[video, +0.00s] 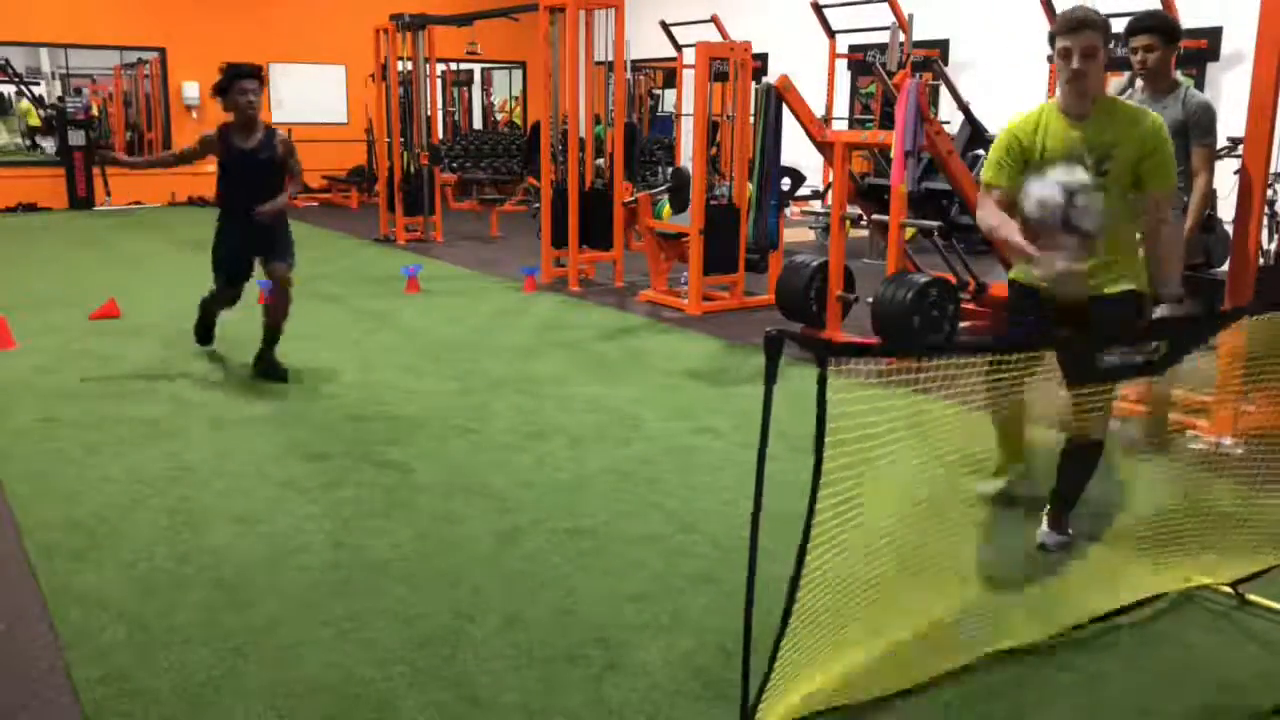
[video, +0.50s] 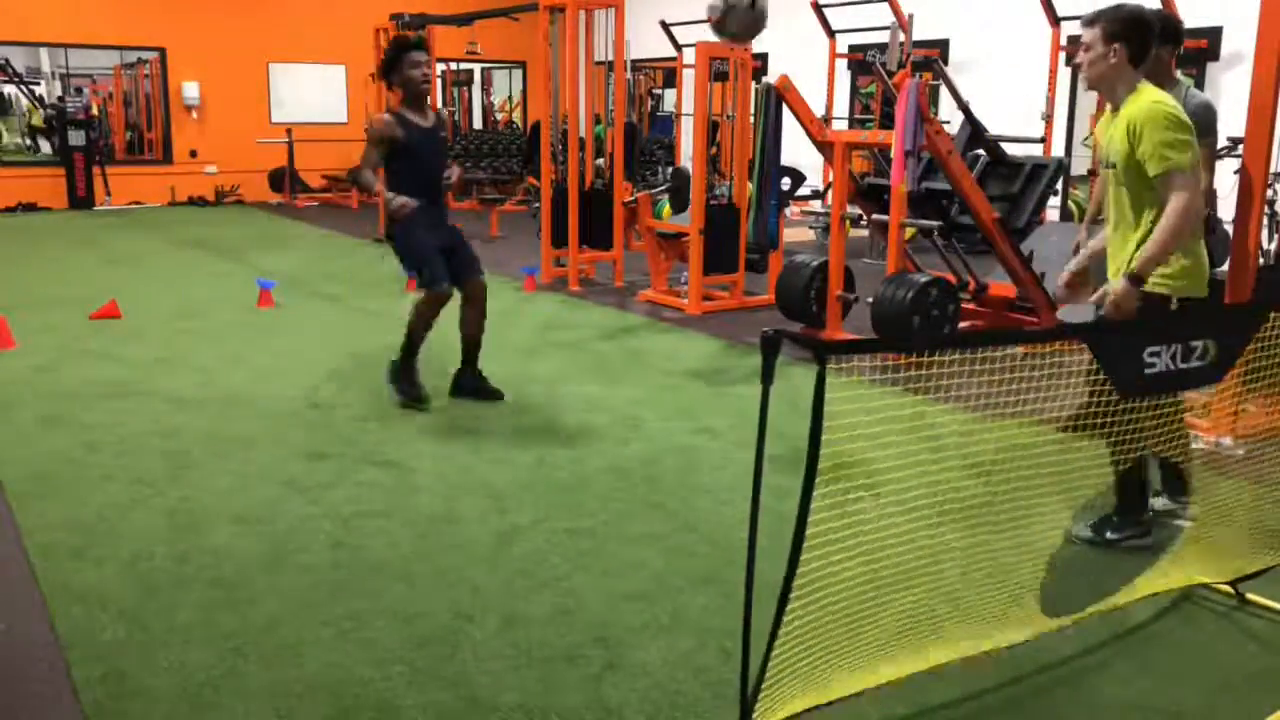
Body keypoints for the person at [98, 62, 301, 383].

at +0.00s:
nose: (251, 100)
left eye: (256, 93)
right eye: (243, 94)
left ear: (262, 98)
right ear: (228, 101)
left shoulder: (280, 144)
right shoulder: (219, 141)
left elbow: (297, 183)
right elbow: (175, 158)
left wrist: (279, 203)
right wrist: (125, 161)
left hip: (272, 223)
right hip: (234, 224)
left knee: (281, 281)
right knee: (229, 294)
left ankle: (267, 354)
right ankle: (207, 311)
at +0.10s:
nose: (278, 89)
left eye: (282, 82)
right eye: (269, 83)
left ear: (288, 87)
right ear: (251, 93)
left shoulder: (307, 128)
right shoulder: (246, 136)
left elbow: (328, 159)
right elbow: (206, 163)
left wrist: (324, 183)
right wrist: (161, 186)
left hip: (304, 220)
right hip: (269, 223)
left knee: (316, 282)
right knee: (270, 288)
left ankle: (274, 346)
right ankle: (235, 339)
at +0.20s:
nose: (314, 88)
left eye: (317, 80)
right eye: (304, 82)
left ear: (322, 85)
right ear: (285, 90)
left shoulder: (336, 126)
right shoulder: (276, 137)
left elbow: (352, 173)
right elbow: (240, 174)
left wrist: (361, 178)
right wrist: (215, 200)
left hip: (337, 216)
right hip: (301, 219)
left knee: (367, 277)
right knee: (314, 283)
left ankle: (329, 342)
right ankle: (288, 370)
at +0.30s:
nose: (356, 93)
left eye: (358, 86)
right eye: (346, 87)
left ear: (365, 92)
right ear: (327, 100)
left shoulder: (373, 139)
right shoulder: (320, 146)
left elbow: (368, 182)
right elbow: (288, 194)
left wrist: (391, 193)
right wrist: (273, 236)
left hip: (364, 232)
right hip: (330, 235)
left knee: (411, 283)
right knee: (345, 304)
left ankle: (431, 368)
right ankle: (302, 382)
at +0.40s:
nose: (397, 87)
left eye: (399, 80)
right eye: (387, 81)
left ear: (404, 86)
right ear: (366, 92)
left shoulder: (408, 133)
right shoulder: (360, 137)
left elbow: (410, 174)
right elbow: (337, 186)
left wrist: (423, 189)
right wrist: (348, 227)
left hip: (409, 232)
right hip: (376, 235)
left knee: (448, 293)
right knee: (394, 303)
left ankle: (464, 374)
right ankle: (336, 361)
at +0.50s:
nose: (426, 73)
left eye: (427, 66)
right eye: (415, 67)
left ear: (431, 73)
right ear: (394, 80)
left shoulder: (438, 121)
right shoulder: (385, 125)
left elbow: (438, 163)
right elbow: (363, 172)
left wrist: (452, 171)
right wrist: (388, 197)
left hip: (439, 220)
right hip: (407, 223)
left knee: (475, 287)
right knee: (439, 289)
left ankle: (468, 374)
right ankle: (404, 366)